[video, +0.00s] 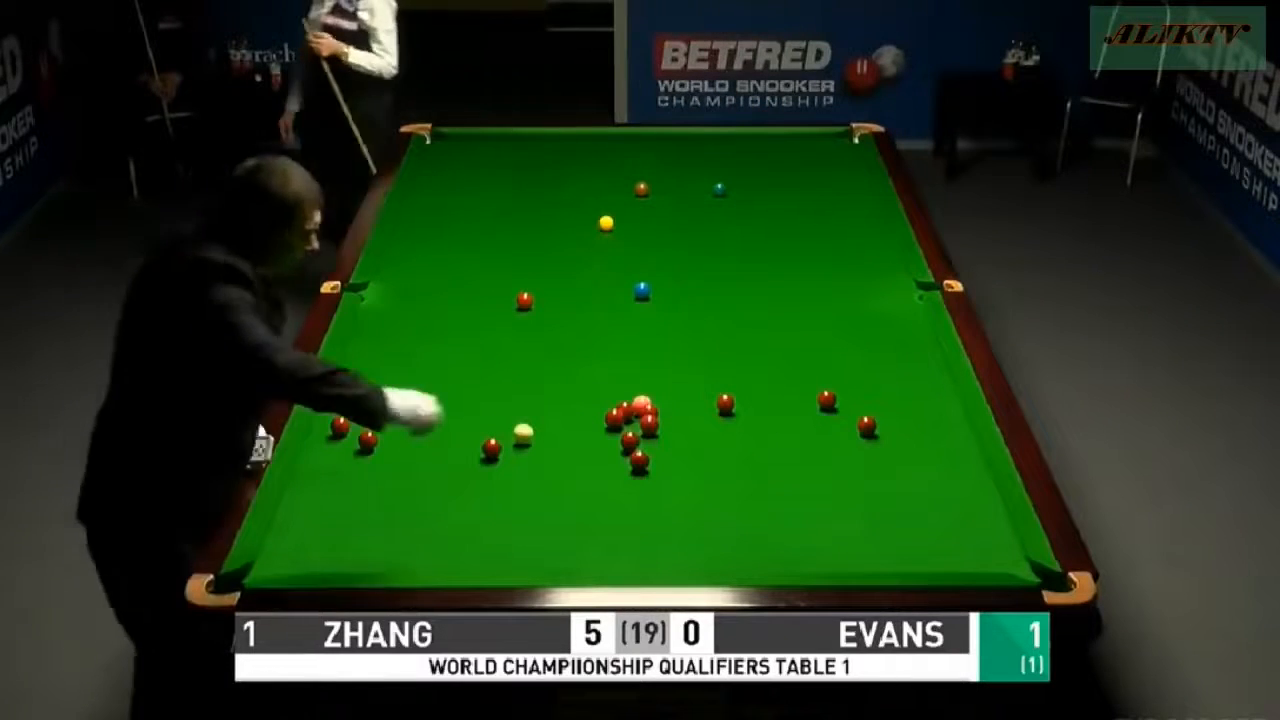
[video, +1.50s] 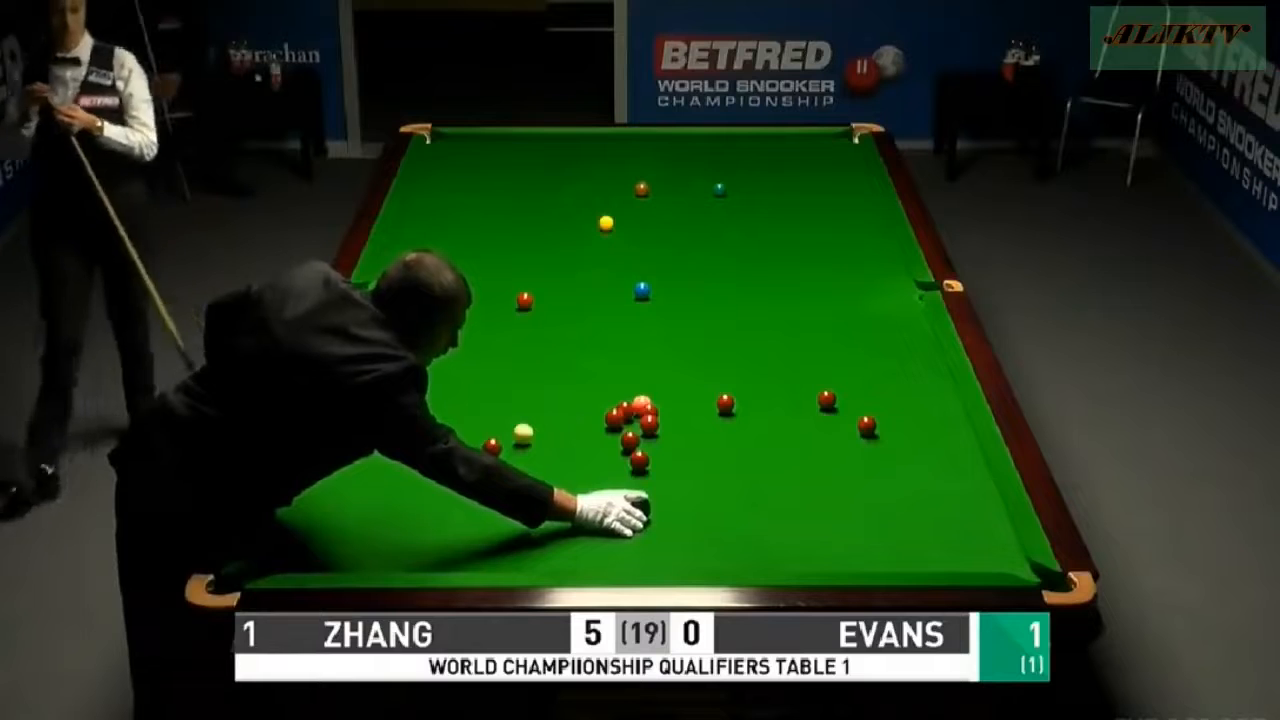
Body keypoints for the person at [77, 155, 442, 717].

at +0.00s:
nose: (314, 242)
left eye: (315, 230)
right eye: (306, 231)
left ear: (252, 220)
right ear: (268, 229)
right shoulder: (210, 284)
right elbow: (271, 363)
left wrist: (236, 436)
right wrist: (379, 402)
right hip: (144, 507)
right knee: (176, 655)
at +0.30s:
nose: (394, 278)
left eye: (394, 265)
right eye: (389, 267)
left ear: (320, 248)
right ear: (358, 269)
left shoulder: (254, 262)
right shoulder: (318, 337)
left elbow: (186, 308)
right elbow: (389, 419)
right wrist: (505, 461)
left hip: (141, 483)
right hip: (191, 507)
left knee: (159, 655)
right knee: (195, 662)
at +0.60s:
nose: (456, 344)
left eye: (457, 330)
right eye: (453, 332)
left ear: (387, 290)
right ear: (426, 330)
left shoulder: (308, 284)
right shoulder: (385, 387)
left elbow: (226, 291)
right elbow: (459, 464)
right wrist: (574, 508)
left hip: (151, 461)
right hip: (207, 501)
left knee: (158, 647)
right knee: (202, 655)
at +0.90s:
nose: (459, 346)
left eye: (461, 332)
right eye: (457, 334)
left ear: (392, 293)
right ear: (428, 332)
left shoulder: (317, 286)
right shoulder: (386, 387)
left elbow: (217, 316)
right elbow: (460, 467)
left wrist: (261, 387)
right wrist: (577, 508)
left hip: (155, 456)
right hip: (199, 498)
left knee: (160, 645)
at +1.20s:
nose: (452, 340)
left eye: (453, 326)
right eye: (450, 329)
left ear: (384, 285)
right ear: (425, 327)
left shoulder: (312, 281)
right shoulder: (382, 384)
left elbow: (223, 313)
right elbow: (456, 467)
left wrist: (238, 406)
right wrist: (568, 508)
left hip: (155, 455)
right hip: (202, 498)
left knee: (160, 645)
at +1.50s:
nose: (455, 342)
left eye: (457, 329)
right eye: (453, 330)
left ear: (387, 286)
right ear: (428, 328)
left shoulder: (314, 281)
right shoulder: (384, 382)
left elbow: (221, 315)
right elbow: (456, 464)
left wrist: (238, 401)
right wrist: (575, 506)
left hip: (154, 451)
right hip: (197, 495)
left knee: (160, 639)